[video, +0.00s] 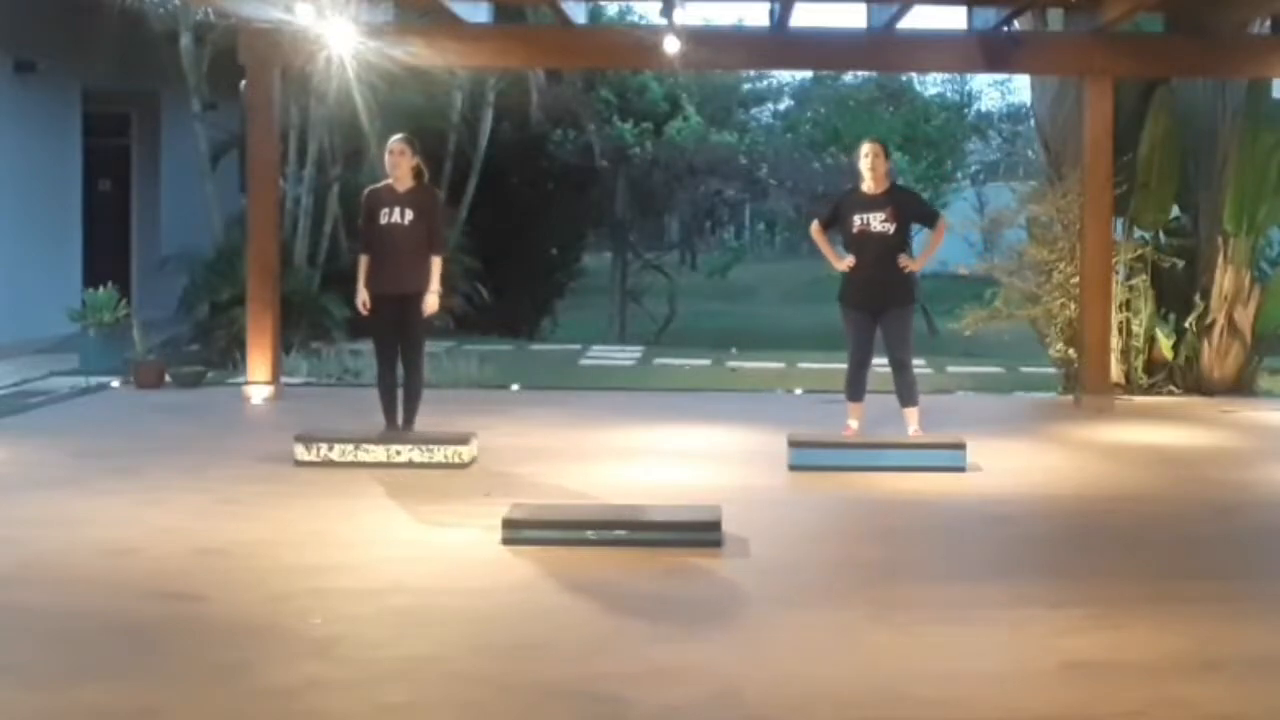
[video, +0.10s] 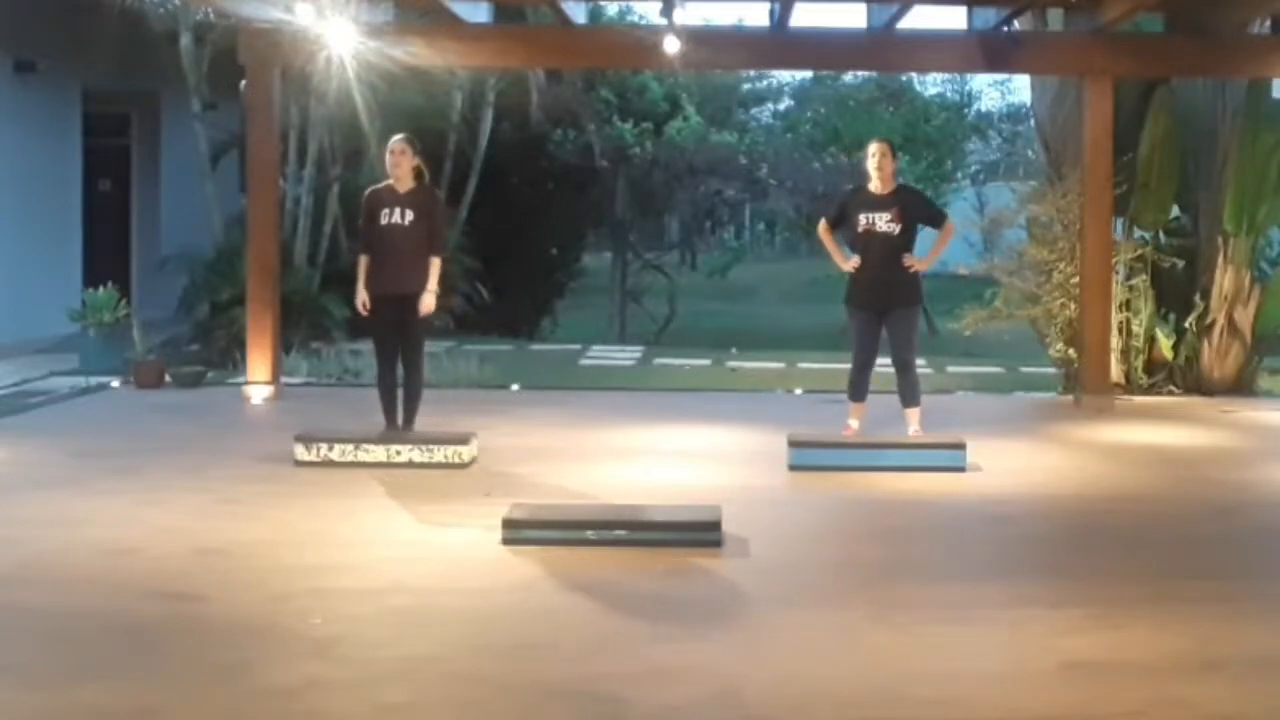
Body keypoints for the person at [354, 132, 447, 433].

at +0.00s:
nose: (394, 159)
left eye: (401, 153)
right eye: (390, 153)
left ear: (414, 159)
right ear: (384, 158)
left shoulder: (429, 196)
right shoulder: (373, 196)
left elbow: (436, 246)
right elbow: (366, 245)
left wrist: (433, 289)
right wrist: (361, 285)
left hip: (414, 292)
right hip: (381, 292)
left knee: (412, 361)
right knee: (385, 361)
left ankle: (408, 423)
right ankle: (390, 423)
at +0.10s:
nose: (395, 159)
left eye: (402, 153)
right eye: (391, 153)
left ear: (414, 159)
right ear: (385, 158)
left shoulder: (429, 197)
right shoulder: (373, 196)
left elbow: (436, 247)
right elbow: (365, 246)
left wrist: (431, 289)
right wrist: (360, 286)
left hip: (413, 292)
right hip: (381, 292)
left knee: (412, 362)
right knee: (385, 362)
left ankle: (408, 424)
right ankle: (390, 423)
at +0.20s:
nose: (396, 158)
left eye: (402, 153)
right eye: (392, 152)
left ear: (415, 159)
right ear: (385, 158)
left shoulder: (430, 198)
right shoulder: (373, 197)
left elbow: (436, 248)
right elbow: (365, 246)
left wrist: (430, 289)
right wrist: (359, 286)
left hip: (413, 293)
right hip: (380, 292)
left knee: (412, 362)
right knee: (386, 362)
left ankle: (408, 424)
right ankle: (390, 423)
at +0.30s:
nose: (395, 158)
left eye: (402, 153)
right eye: (391, 152)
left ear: (415, 159)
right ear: (385, 158)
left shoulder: (430, 198)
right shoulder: (373, 197)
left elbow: (436, 248)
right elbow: (365, 246)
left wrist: (431, 290)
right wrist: (359, 286)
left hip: (413, 293)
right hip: (380, 293)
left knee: (412, 362)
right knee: (386, 362)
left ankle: (407, 424)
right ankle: (390, 423)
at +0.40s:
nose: (395, 159)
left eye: (402, 153)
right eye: (391, 153)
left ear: (415, 159)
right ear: (385, 158)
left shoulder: (429, 198)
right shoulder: (373, 197)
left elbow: (436, 248)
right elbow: (365, 246)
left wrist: (433, 291)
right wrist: (358, 286)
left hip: (414, 293)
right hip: (380, 293)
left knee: (412, 362)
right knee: (385, 362)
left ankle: (407, 424)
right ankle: (390, 423)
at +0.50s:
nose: (394, 159)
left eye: (401, 153)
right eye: (390, 153)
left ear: (414, 159)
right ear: (384, 158)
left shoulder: (429, 198)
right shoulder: (373, 197)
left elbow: (436, 248)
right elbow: (365, 247)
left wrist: (436, 291)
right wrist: (358, 288)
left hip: (414, 294)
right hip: (380, 294)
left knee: (412, 362)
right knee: (385, 362)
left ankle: (407, 424)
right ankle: (390, 423)